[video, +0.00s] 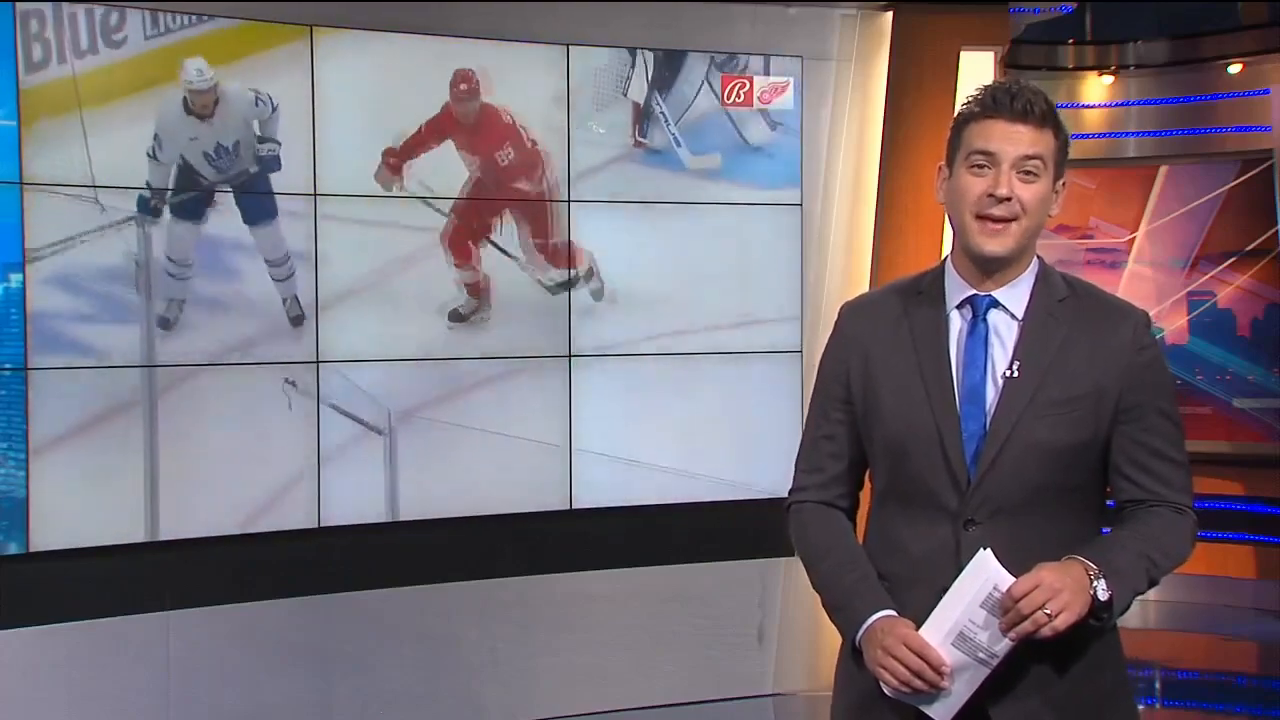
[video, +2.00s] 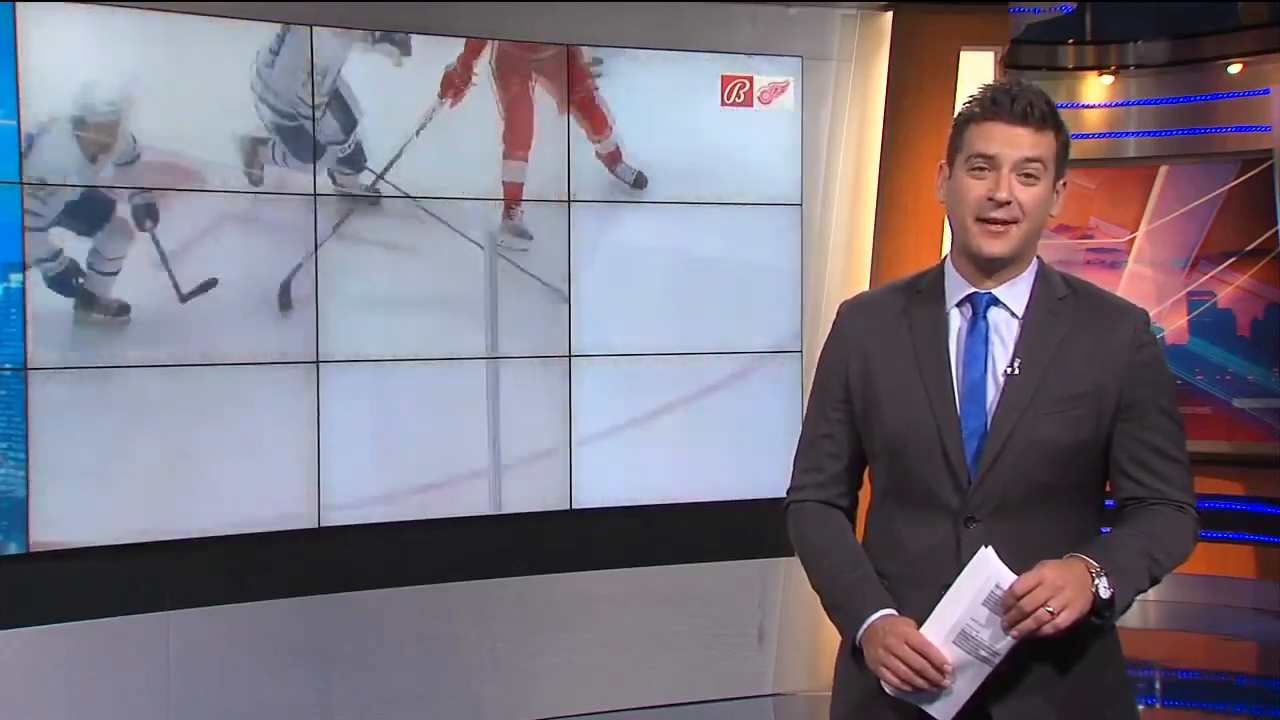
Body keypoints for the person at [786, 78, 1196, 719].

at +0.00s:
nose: (1001, 189)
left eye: (1027, 172)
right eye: (980, 165)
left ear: (1054, 197)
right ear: (944, 183)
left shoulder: (1119, 337)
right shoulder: (866, 327)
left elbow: (1164, 512)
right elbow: (817, 501)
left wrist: (1093, 574)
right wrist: (870, 620)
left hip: (1056, 692)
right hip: (892, 687)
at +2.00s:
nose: (1002, 193)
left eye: (1027, 174)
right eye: (980, 168)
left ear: (1056, 196)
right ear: (944, 183)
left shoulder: (1118, 336)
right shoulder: (864, 327)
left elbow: (1165, 510)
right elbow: (815, 500)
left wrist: (1095, 572)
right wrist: (870, 620)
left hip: (1056, 691)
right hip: (892, 688)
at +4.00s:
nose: (1006, 188)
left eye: (1032, 172)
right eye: (986, 164)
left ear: (1058, 196)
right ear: (947, 183)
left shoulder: (1119, 338)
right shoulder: (865, 327)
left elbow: (1163, 515)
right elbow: (816, 497)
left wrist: (1109, 531)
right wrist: (869, 610)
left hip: (1053, 690)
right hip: (889, 687)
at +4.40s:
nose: (1003, 192)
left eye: (1030, 175)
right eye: (983, 167)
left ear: (1056, 198)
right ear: (946, 183)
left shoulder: (1119, 337)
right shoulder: (865, 328)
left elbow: (1159, 510)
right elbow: (816, 498)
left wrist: (1096, 567)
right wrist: (869, 609)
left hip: (1054, 692)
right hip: (891, 688)